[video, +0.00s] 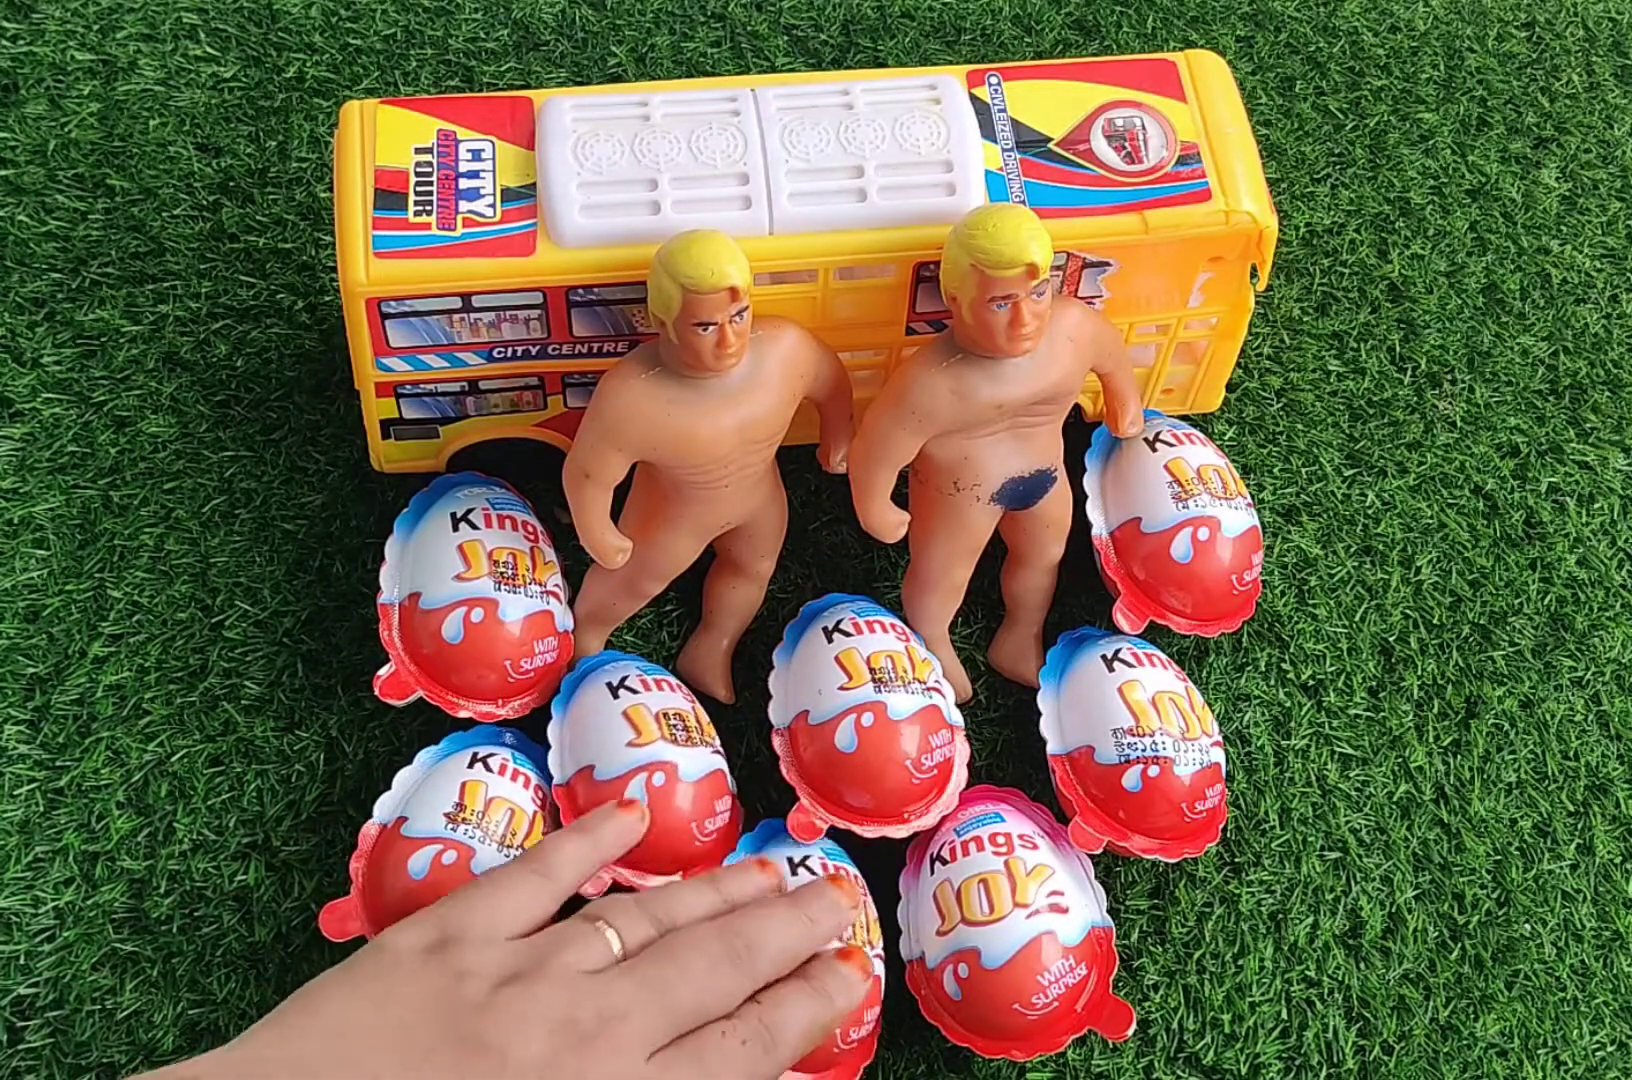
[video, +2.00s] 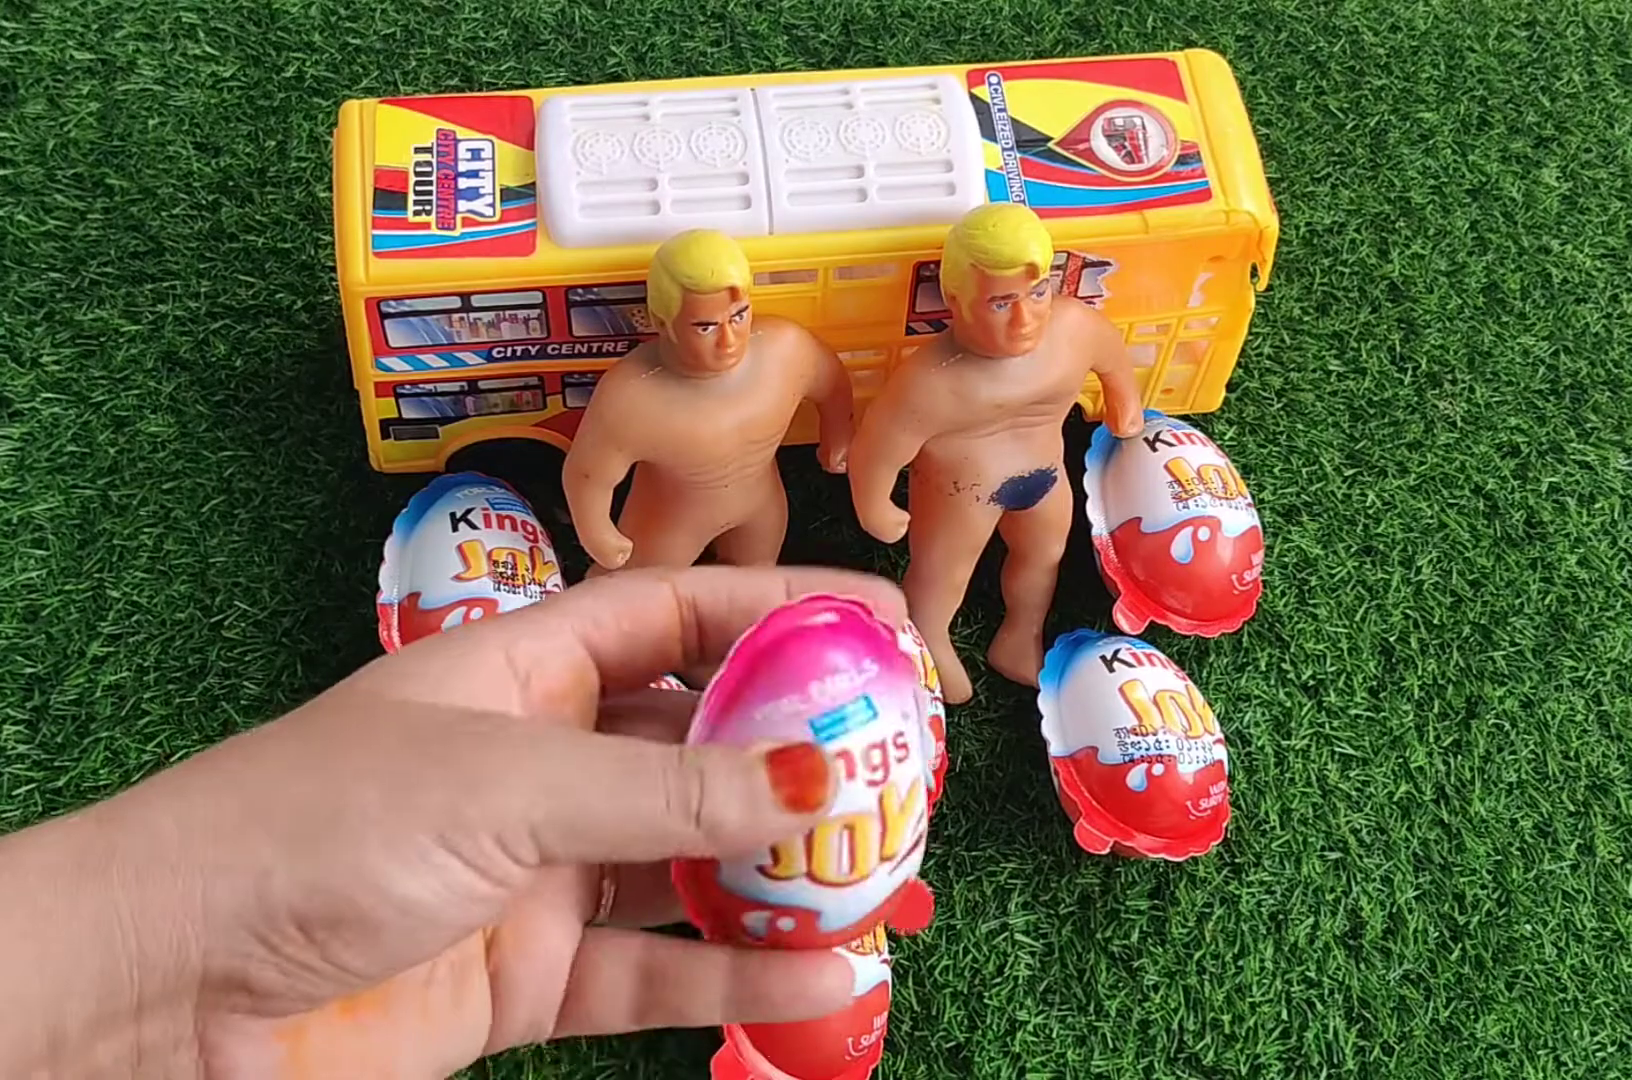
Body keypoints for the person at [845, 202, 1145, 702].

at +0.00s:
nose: (1023, 317)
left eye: (1036, 294)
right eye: (999, 302)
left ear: (1051, 284)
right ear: (953, 304)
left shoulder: (1078, 326)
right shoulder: (928, 383)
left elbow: (1113, 358)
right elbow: (873, 452)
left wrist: (1126, 403)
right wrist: (877, 514)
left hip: (1045, 478)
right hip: (959, 493)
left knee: (1041, 561)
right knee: (941, 579)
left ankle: (1020, 642)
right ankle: (933, 646)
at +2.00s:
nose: (1023, 316)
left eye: (1036, 294)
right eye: (999, 302)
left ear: (1050, 284)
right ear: (953, 304)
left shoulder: (1079, 327)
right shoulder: (927, 382)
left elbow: (1113, 360)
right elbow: (874, 453)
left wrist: (1126, 408)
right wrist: (877, 514)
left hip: (1045, 475)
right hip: (959, 489)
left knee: (1041, 559)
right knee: (942, 575)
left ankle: (1021, 641)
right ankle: (930, 641)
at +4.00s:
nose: (1025, 318)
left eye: (1037, 294)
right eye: (1000, 303)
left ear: (1052, 284)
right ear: (952, 303)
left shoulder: (1079, 327)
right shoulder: (927, 382)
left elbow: (1116, 364)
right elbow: (870, 466)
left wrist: (1127, 412)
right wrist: (886, 548)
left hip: (1044, 477)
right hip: (959, 489)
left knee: (1040, 563)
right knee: (947, 571)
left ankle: (1023, 645)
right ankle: (936, 649)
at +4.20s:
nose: (1025, 318)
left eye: (1037, 294)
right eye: (1000, 303)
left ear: (1051, 284)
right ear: (952, 303)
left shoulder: (1079, 327)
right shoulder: (927, 382)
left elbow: (1116, 364)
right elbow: (870, 465)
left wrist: (1127, 413)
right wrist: (886, 544)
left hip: (1044, 478)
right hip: (959, 490)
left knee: (1040, 564)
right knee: (945, 572)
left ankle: (1024, 646)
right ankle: (931, 649)